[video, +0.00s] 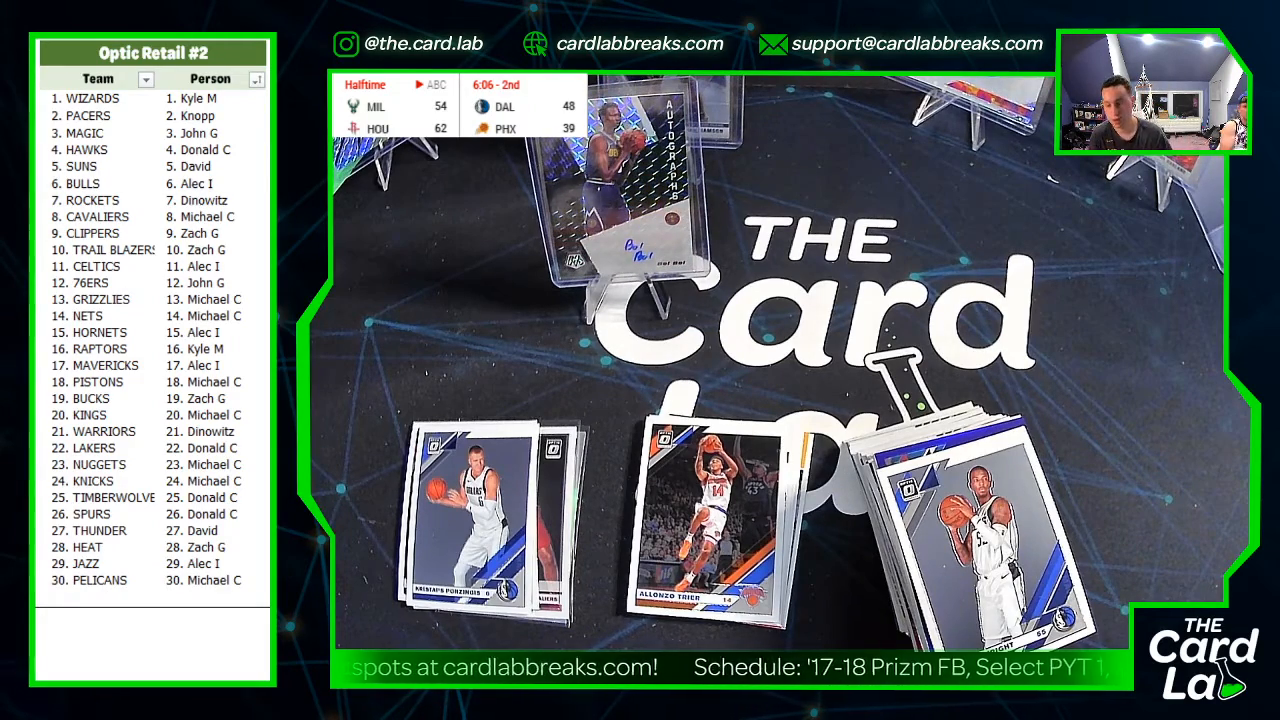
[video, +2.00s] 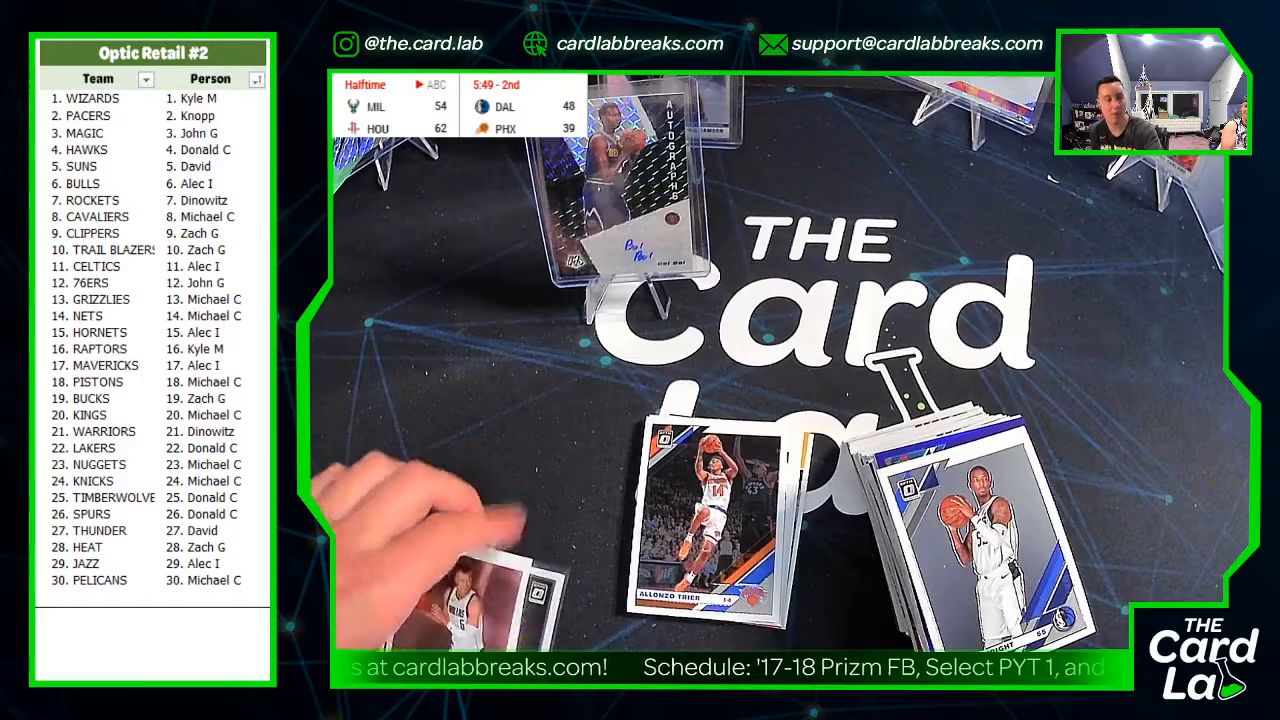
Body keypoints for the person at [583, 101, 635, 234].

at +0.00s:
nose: (618, 118)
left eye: (619, 115)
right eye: (614, 115)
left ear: (620, 116)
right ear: (604, 118)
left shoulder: (617, 141)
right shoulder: (598, 140)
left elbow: (620, 178)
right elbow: (607, 175)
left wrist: (633, 155)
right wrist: (624, 153)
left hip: (612, 189)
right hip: (596, 192)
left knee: (625, 231)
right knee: (598, 237)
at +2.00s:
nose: (617, 118)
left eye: (618, 114)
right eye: (612, 115)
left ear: (620, 117)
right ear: (603, 118)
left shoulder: (616, 140)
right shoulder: (598, 140)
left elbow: (622, 170)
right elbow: (606, 175)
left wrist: (632, 153)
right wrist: (624, 154)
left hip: (612, 187)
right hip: (598, 189)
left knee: (625, 219)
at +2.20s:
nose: (616, 118)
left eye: (617, 114)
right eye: (611, 115)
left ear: (620, 117)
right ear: (603, 118)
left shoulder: (616, 141)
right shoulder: (598, 140)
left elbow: (621, 176)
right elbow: (607, 176)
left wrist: (633, 154)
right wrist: (624, 153)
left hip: (611, 188)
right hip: (596, 191)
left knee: (623, 228)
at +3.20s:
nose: (616, 119)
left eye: (618, 115)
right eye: (612, 115)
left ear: (620, 118)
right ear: (602, 118)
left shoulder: (617, 142)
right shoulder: (598, 140)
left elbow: (619, 179)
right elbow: (606, 176)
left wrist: (632, 157)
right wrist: (624, 154)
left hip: (611, 189)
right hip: (597, 190)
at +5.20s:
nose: (617, 118)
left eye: (618, 115)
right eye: (613, 115)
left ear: (620, 117)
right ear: (603, 119)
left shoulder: (618, 142)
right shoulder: (598, 141)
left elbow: (623, 176)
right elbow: (606, 176)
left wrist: (634, 154)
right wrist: (625, 154)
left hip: (613, 190)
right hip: (597, 192)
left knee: (624, 229)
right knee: (601, 235)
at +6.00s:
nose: (617, 118)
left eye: (618, 115)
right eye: (612, 115)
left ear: (620, 117)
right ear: (602, 119)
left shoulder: (616, 142)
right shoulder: (598, 140)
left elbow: (620, 179)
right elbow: (606, 176)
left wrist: (631, 157)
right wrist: (624, 154)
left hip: (612, 190)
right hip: (596, 192)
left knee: (624, 229)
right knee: (599, 236)